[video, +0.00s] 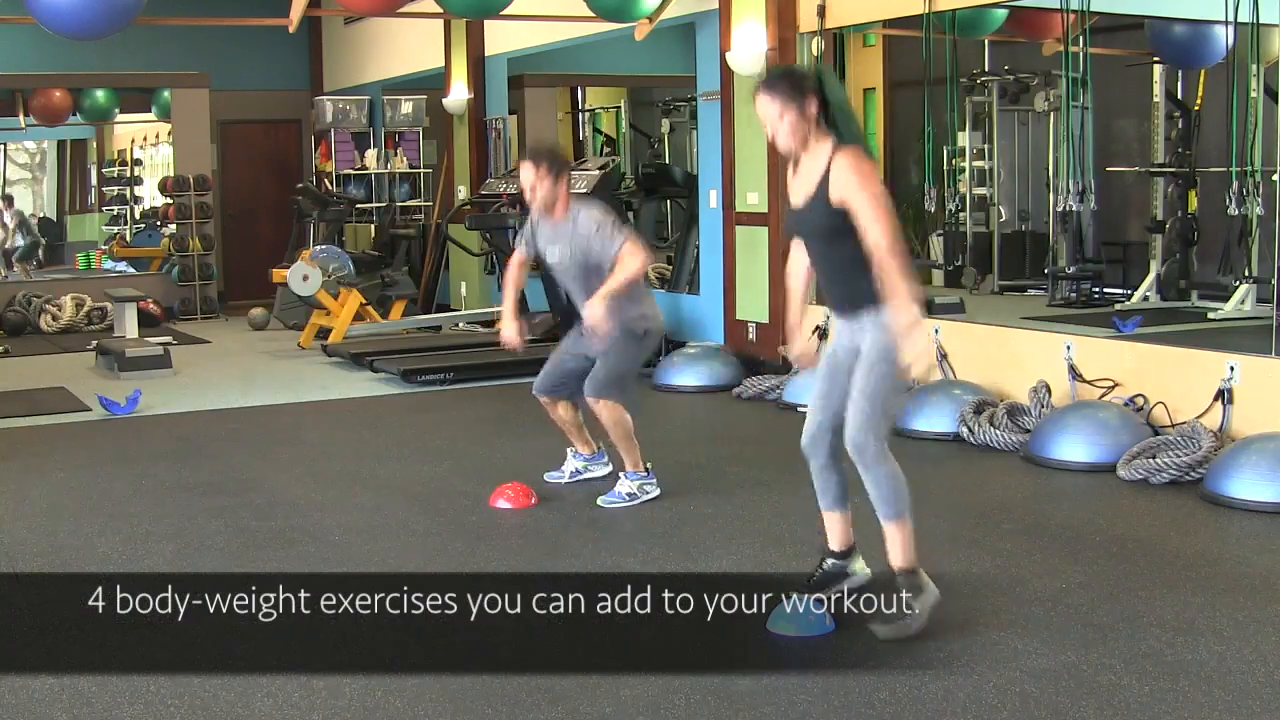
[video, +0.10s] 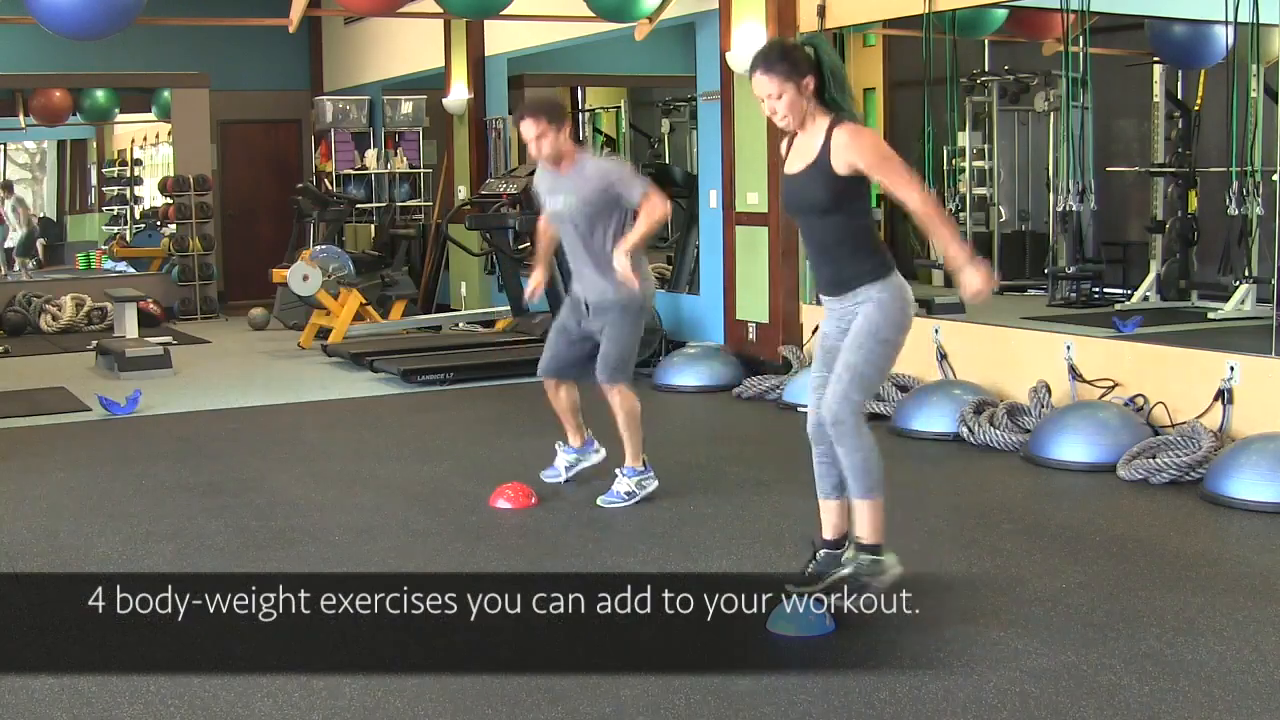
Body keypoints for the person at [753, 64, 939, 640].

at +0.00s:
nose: (770, 129)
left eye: (776, 116)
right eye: (765, 118)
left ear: (809, 108)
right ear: (775, 117)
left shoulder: (848, 165)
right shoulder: (795, 169)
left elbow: (887, 249)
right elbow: (804, 247)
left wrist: (912, 327)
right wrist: (796, 322)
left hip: (885, 320)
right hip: (843, 324)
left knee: (864, 439)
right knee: (818, 440)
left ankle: (909, 578)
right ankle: (843, 557)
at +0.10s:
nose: (769, 109)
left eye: (775, 96)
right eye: (762, 99)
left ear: (807, 86)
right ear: (761, 96)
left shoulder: (851, 140)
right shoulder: (790, 145)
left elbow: (915, 196)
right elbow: (821, 219)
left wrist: (963, 261)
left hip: (880, 297)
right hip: (836, 304)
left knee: (841, 412)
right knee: (820, 419)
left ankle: (873, 552)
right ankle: (832, 547)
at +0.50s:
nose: (768, 138)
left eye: (773, 125)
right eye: (763, 128)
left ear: (807, 112)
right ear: (771, 123)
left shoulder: (844, 167)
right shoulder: (793, 175)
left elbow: (881, 244)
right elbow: (789, 254)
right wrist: (729, 270)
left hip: (883, 326)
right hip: (842, 331)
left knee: (846, 440)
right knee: (802, 443)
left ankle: (897, 580)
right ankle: (834, 555)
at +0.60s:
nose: (765, 181)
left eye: (770, 168)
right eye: (761, 170)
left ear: (803, 159)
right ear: (779, 167)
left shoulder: (844, 213)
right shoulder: (788, 221)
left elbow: (825, 284)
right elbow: (750, 294)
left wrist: (749, 237)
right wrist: (711, 252)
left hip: (900, 363)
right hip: (853, 367)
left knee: (856, 472)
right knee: (792, 459)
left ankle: (913, 595)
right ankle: (835, 562)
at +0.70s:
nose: (766, 244)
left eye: (774, 232)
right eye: (762, 235)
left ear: (804, 227)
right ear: (759, 239)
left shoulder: (837, 282)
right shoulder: (784, 288)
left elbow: (781, 332)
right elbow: (720, 346)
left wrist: (748, 263)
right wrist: (710, 273)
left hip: (919, 414)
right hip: (866, 416)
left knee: (852, 485)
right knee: (785, 470)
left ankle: (914, 601)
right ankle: (837, 565)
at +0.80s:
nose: (760, 306)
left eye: (768, 294)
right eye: (757, 296)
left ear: (803, 292)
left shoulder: (838, 340)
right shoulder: (781, 345)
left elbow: (772, 396)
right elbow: (713, 397)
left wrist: (750, 319)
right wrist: (714, 324)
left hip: (931, 445)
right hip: (874, 445)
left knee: (855, 487)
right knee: (784, 472)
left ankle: (914, 602)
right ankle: (837, 566)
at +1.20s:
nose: (783, 257)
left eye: (791, 245)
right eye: (779, 248)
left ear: (827, 242)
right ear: (777, 247)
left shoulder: (861, 298)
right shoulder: (794, 301)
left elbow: (809, 366)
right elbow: (734, 346)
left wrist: (722, 384)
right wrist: (663, 361)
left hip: (941, 404)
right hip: (886, 404)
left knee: (873, 476)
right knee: (806, 466)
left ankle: (917, 600)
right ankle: (839, 566)